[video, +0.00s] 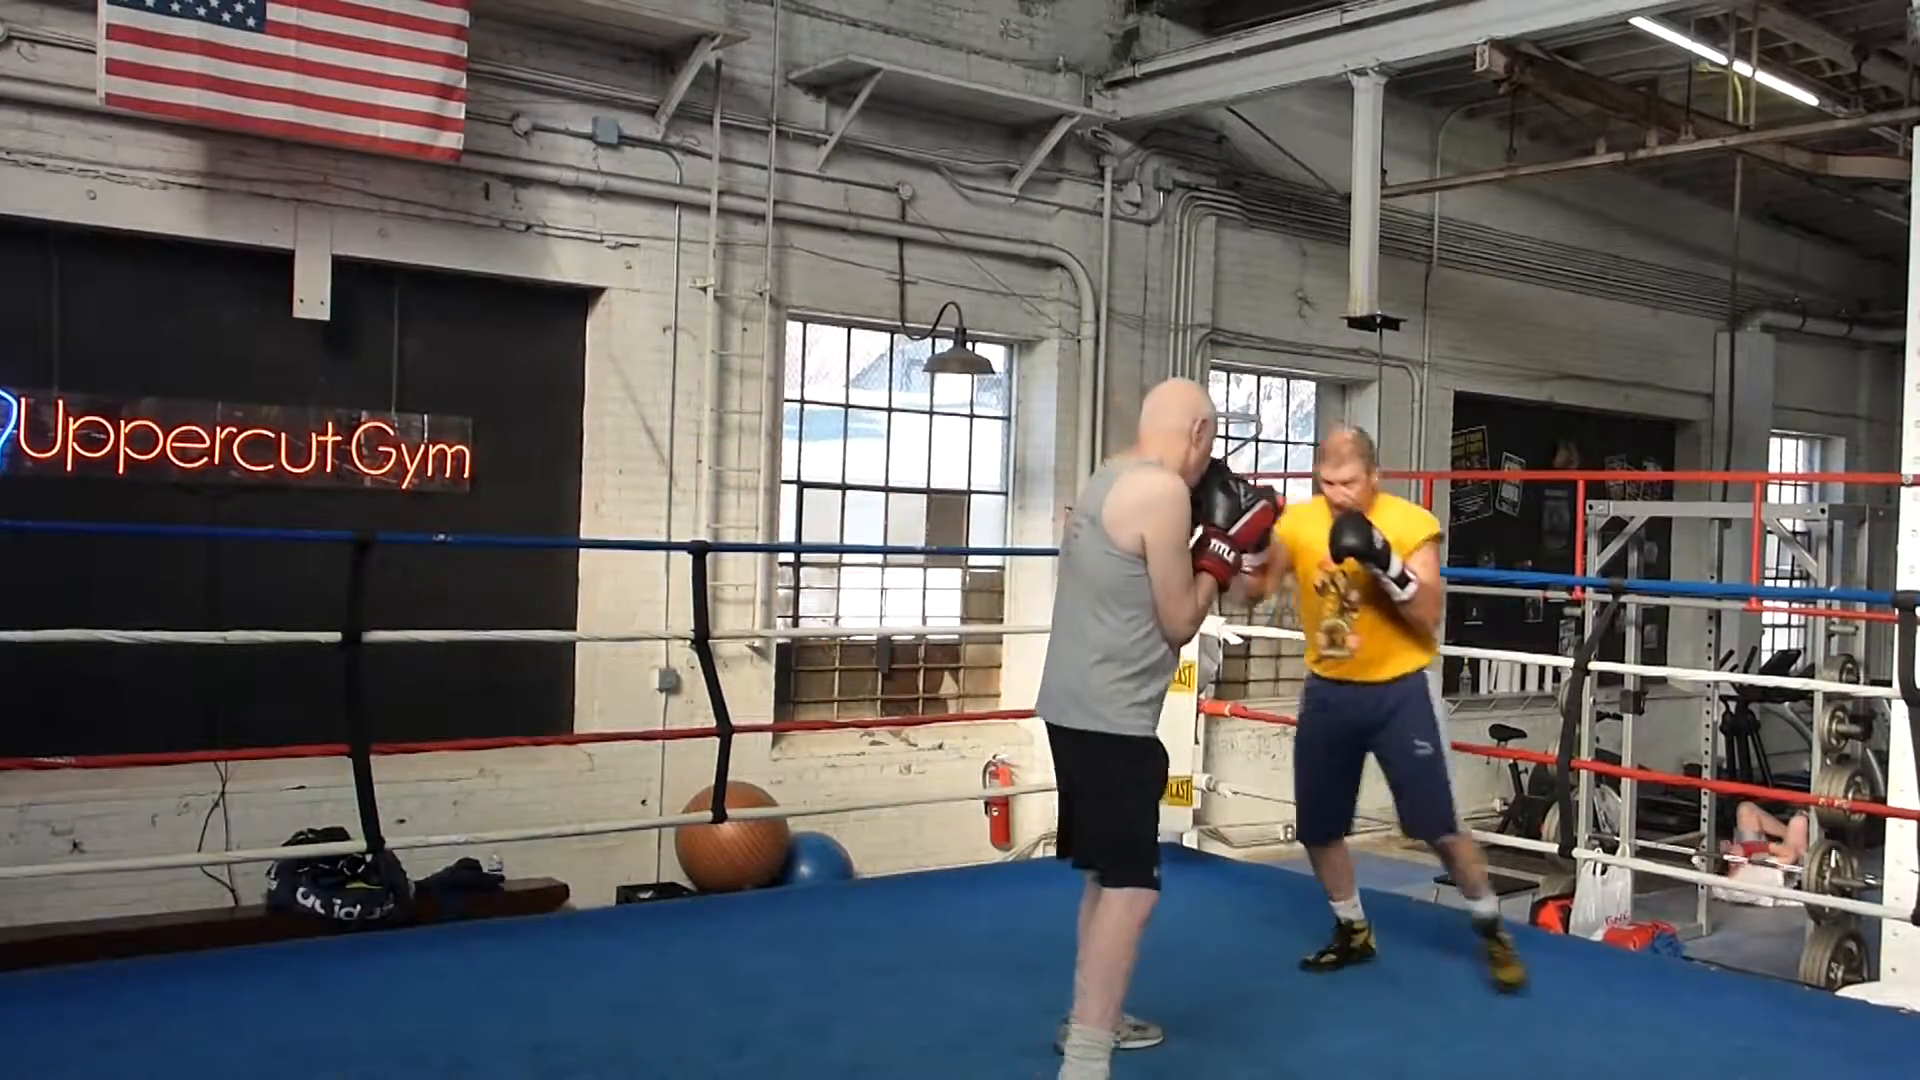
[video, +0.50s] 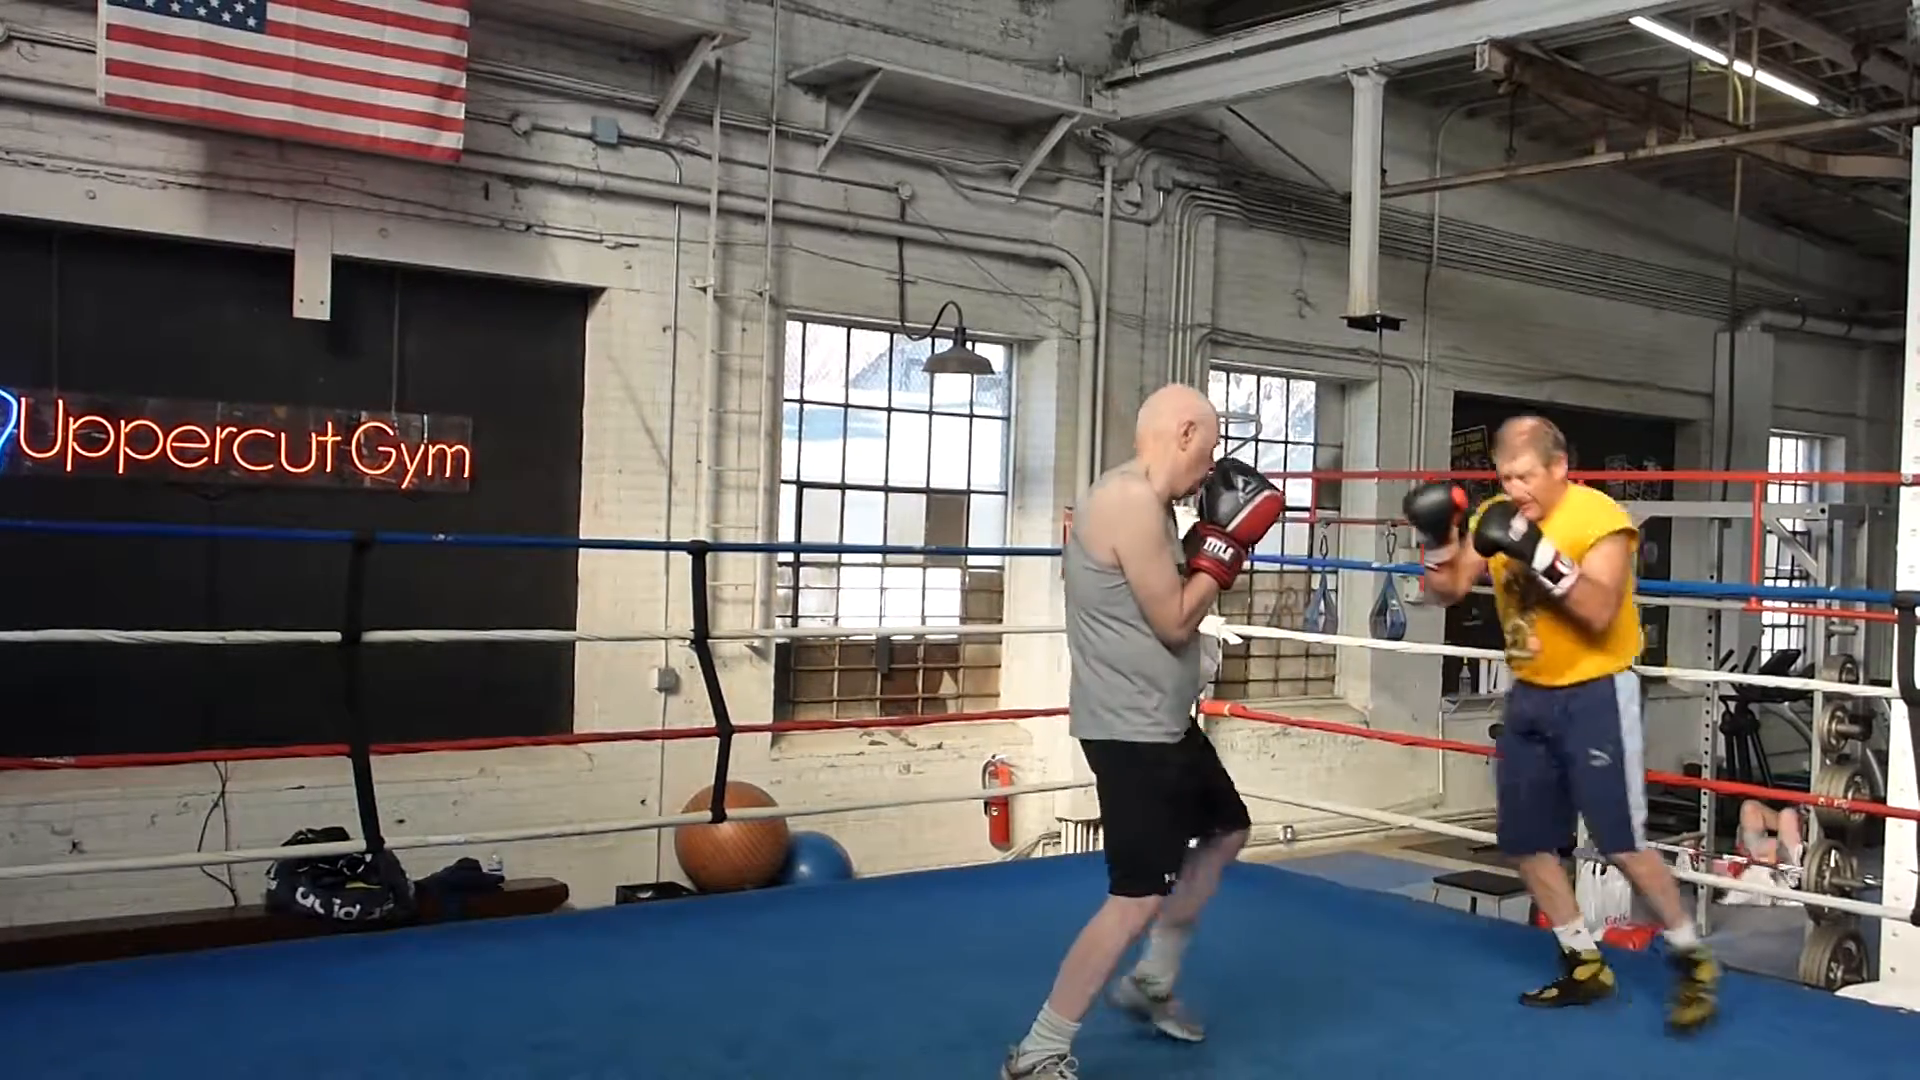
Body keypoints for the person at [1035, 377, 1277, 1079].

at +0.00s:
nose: (1211, 453)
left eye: (1213, 441)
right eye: (1212, 439)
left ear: (1148, 423)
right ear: (1194, 432)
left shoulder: (1104, 483)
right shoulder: (1161, 493)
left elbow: (1133, 596)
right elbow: (1180, 622)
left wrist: (1208, 547)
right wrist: (1220, 558)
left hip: (1076, 710)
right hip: (1115, 721)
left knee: (1106, 878)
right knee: (1133, 890)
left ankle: (1094, 1018)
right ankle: (1085, 1059)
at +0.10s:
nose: (1213, 452)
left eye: (1217, 440)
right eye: (1215, 437)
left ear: (1152, 417)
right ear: (1195, 425)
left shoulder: (1116, 472)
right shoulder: (1158, 482)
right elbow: (1181, 610)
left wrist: (1202, 528)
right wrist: (1233, 543)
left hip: (1080, 703)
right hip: (1109, 712)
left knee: (1098, 872)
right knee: (1128, 880)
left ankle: (1092, 1012)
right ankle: (1055, 1056)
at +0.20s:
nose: (1214, 448)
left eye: (1215, 436)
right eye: (1214, 433)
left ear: (1155, 416)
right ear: (1193, 420)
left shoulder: (1119, 471)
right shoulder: (1154, 481)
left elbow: (1158, 589)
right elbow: (1181, 606)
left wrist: (1205, 519)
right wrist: (1228, 535)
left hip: (1091, 704)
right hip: (1110, 713)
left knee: (1108, 871)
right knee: (1112, 880)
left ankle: (1092, 1016)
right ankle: (1038, 1049)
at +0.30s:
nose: (1211, 449)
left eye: (1214, 436)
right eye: (1211, 432)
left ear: (1157, 415)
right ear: (1188, 418)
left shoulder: (1119, 473)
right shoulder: (1149, 480)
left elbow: (1158, 590)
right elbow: (1178, 603)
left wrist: (1206, 523)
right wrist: (1228, 533)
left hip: (1106, 707)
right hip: (1112, 713)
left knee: (1120, 871)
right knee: (1109, 882)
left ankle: (1094, 1014)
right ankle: (1037, 1050)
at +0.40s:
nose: (1207, 462)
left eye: (1211, 449)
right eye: (1208, 444)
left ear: (1159, 423)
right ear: (1181, 425)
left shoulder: (1118, 482)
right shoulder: (1137, 486)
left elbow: (1161, 599)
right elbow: (1176, 610)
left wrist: (1206, 532)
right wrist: (1224, 538)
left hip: (1133, 715)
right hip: (1117, 718)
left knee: (1179, 852)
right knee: (1122, 888)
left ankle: (1114, 994)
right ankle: (1039, 1052)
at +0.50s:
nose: (1211, 464)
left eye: (1214, 451)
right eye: (1211, 447)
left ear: (1162, 432)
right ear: (1183, 434)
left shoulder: (1123, 496)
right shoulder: (1133, 503)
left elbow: (1163, 602)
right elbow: (1176, 620)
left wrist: (1207, 535)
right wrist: (1229, 543)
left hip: (1156, 720)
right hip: (1130, 727)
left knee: (1225, 827)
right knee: (1138, 893)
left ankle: (1152, 981)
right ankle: (1040, 1053)